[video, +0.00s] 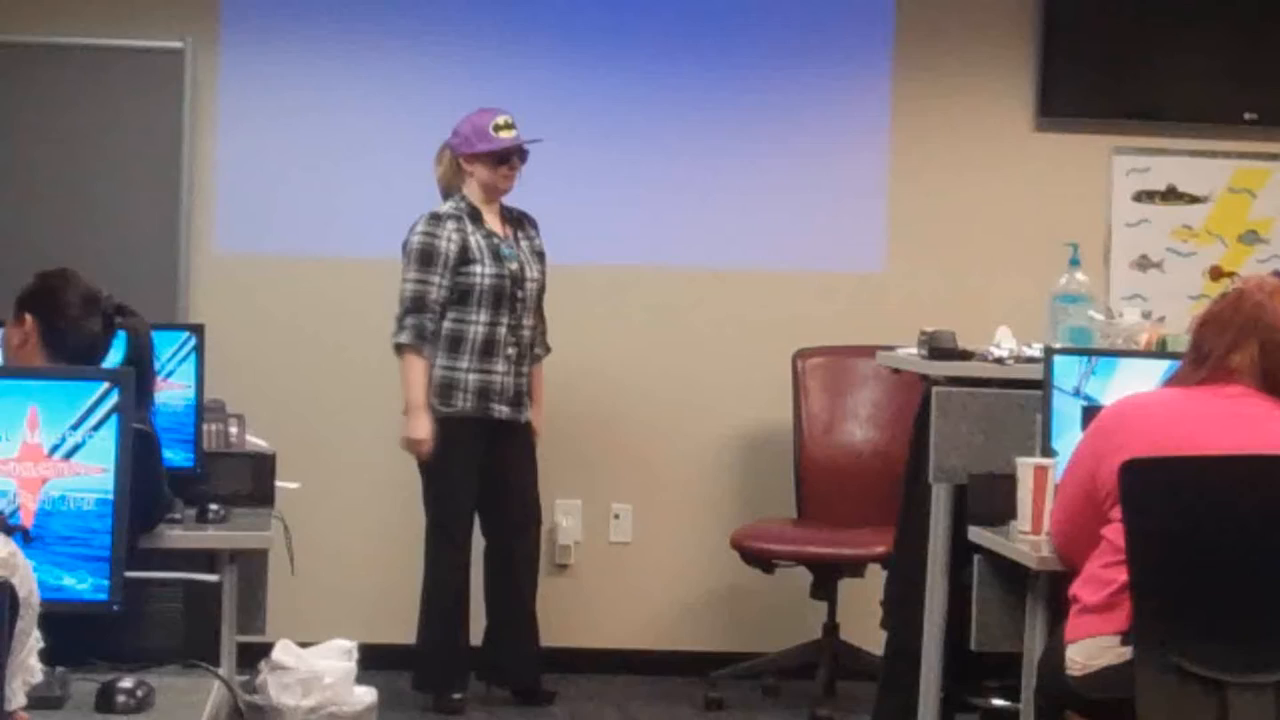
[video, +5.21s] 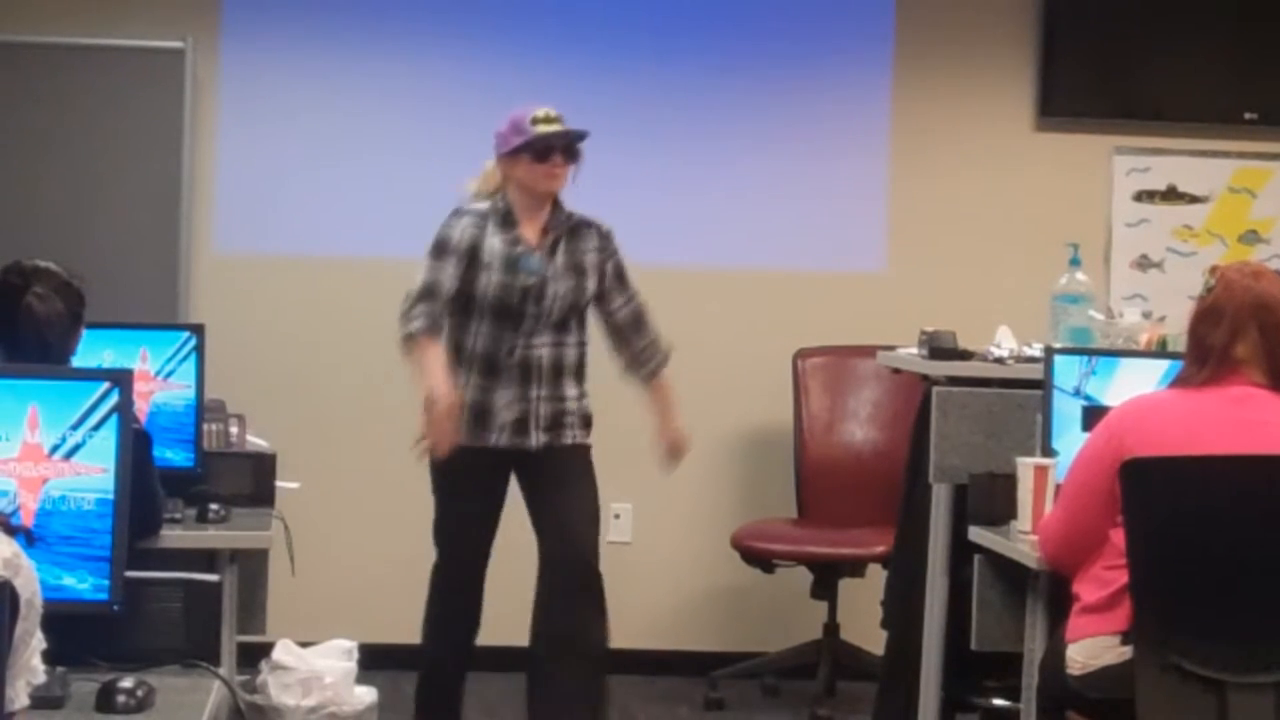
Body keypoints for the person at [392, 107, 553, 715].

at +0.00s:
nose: (508, 169)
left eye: (514, 159)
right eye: (496, 159)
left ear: (520, 165)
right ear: (463, 162)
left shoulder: (525, 232)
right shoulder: (437, 228)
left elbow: (534, 332)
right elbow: (414, 327)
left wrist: (535, 409)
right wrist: (416, 409)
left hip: (510, 420)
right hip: (451, 417)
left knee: (516, 546)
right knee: (449, 550)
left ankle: (514, 669)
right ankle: (441, 679)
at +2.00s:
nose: (493, 157)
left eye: (497, 148)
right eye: (478, 149)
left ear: (501, 159)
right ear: (447, 160)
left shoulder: (518, 230)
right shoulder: (422, 229)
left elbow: (542, 320)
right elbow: (404, 329)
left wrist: (551, 397)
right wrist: (410, 409)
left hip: (513, 417)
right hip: (447, 418)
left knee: (522, 547)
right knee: (447, 552)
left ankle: (519, 673)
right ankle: (439, 681)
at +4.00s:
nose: (478, 155)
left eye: (492, 147)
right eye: (477, 147)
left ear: (530, 156)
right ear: (484, 158)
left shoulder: (573, 233)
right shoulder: (455, 229)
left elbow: (597, 331)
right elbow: (428, 322)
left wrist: (594, 414)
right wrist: (415, 404)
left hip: (547, 415)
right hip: (467, 411)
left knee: (542, 549)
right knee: (463, 541)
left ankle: (532, 694)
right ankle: (468, 669)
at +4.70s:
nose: (479, 171)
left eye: (493, 164)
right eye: (481, 162)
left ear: (532, 175)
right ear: (490, 174)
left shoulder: (573, 251)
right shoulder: (460, 249)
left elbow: (574, 343)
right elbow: (435, 344)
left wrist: (514, 391)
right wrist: (419, 427)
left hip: (552, 440)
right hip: (466, 437)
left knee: (558, 570)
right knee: (450, 568)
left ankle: (572, 701)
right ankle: (468, 709)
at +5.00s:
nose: (511, 165)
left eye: (526, 155)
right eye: (499, 153)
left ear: (548, 166)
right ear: (483, 162)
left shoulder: (572, 240)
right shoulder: (449, 236)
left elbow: (572, 335)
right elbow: (414, 329)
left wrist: (526, 389)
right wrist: (411, 402)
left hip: (543, 430)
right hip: (457, 426)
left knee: (557, 572)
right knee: (453, 568)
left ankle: (524, 706)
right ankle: (454, 703)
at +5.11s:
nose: (536, 177)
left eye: (547, 168)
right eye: (521, 167)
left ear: (558, 180)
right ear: (492, 178)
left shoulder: (576, 257)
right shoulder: (450, 249)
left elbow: (594, 366)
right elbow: (407, 349)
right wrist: (400, 440)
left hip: (549, 450)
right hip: (460, 449)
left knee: (580, 580)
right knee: (454, 592)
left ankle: (533, 714)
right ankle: (446, 714)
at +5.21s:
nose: (556, 163)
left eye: (564, 154)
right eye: (540, 154)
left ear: (571, 164)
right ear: (506, 161)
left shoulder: (589, 240)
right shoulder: (465, 229)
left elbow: (632, 326)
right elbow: (424, 316)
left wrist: (667, 413)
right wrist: (440, 393)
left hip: (556, 433)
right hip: (471, 430)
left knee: (575, 569)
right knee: (458, 575)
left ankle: (569, 711)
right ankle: (437, 711)